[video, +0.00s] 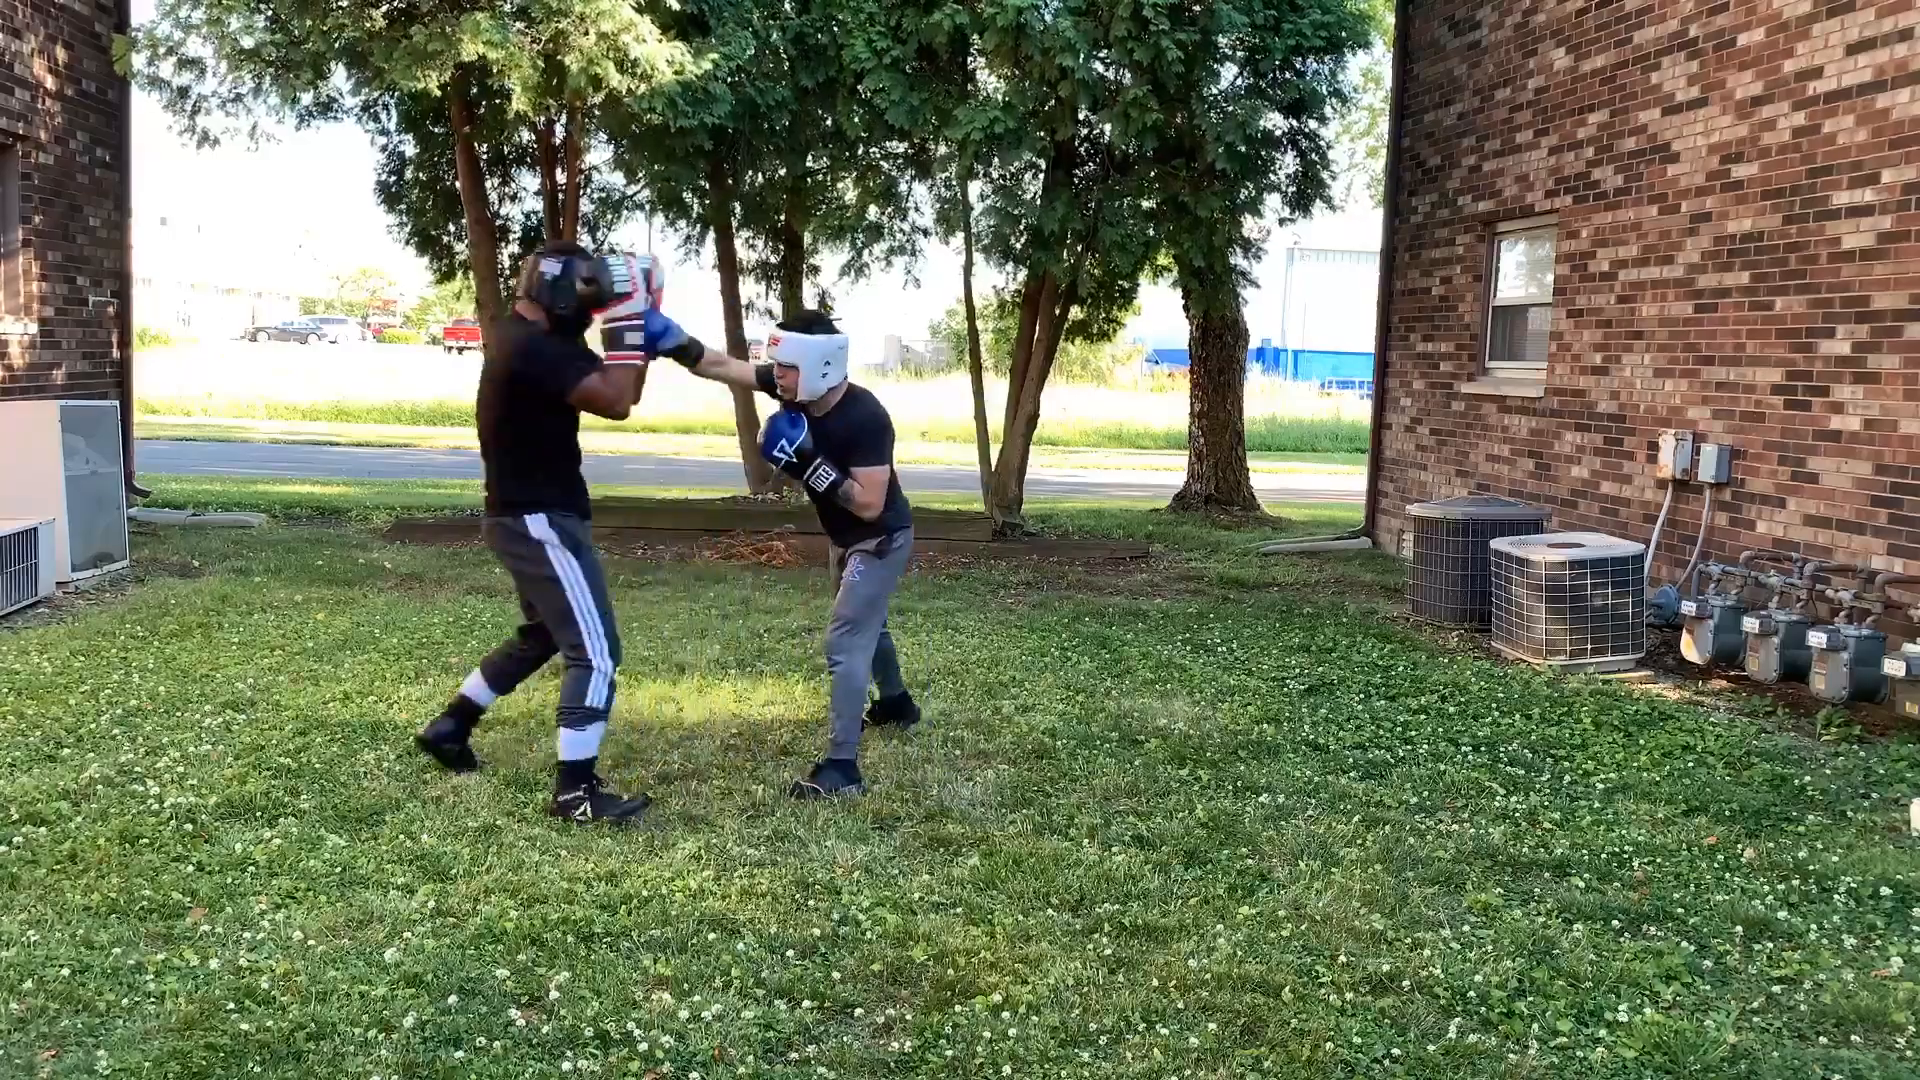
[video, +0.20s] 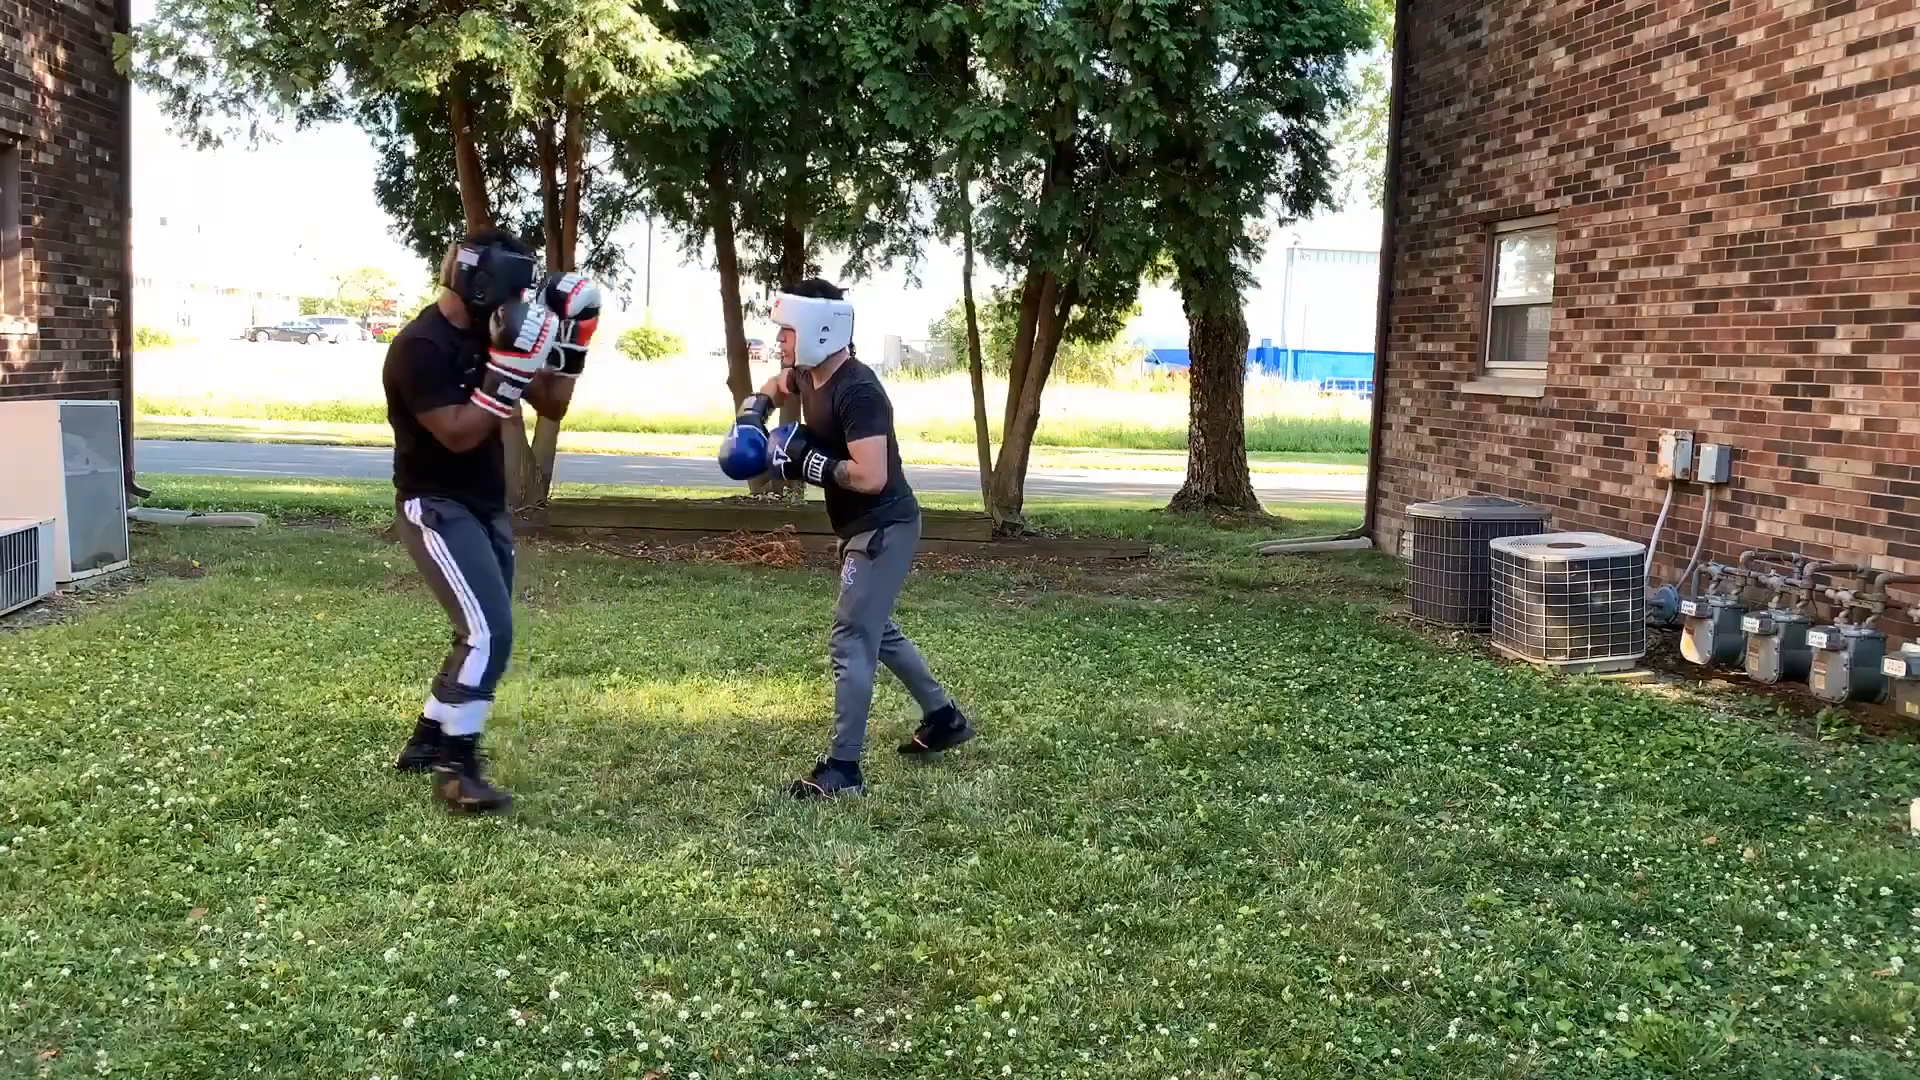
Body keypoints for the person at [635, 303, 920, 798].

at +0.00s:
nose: (778, 375)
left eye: (787, 368)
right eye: (778, 366)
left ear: (822, 373)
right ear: (816, 369)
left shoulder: (865, 419)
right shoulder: (797, 389)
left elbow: (870, 505)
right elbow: (722, 366)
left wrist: (805, 462)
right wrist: (676, 341)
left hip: (882, 539)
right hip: (847, 535)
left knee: (847, 640)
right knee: (865, 621)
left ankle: (842, 766)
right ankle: (895, 701)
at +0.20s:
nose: (780, 338)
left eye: (789, 330)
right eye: (781, 328)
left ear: (822, 334)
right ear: (810, 334)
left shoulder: (858, 390)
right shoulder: (805, 374)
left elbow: (871, 477)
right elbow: (767, 395)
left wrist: (806, 460)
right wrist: (753, 421)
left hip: (887, 523)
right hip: (857, 524)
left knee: (850, 639)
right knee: (875, 630)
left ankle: (843, 768)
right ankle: (944, 716)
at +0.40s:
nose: (783, 336)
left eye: (789, 325)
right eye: (782, 325)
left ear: (818, 327)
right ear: (835, 326)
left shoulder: (839, 382)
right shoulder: (862, 374)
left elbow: (865, 460)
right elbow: (864, 456)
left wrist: (827, 503)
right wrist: (809, 456)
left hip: (875, 536)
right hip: (910, 526)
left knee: (813, 642)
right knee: (914, 650)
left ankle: (838, 768)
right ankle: (946, 758)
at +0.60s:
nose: (775, 347)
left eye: (780, 335)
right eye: (775, 336)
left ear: (809, 337)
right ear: (828, 337)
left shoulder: (824, 387)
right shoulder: (858, 382)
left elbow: (839, 472)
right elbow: (839, 470)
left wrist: (794, 501)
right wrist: (783, 439)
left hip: (855, 543)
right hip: (892, 537)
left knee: (775, 641)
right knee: (897, 652)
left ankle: (746, 771)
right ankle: (944, 755)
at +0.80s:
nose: (718, 342)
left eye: (724, 331)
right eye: (719, 330)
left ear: (748, 335)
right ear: (777, 338)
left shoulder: (752, 378)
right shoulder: (807, 384)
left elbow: (725, 419)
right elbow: (812, 461)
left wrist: (689, 433)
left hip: (798, 545)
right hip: (848, 537)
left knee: (721, 647)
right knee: (883, 647)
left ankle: (708, 779)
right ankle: (936, 751)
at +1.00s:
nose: (661, 341)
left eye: (665, 334)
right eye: (662, 335)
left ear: (685, 332)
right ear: (723, 331)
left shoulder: (684, 358)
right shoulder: (771, 380)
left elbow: (588, 346)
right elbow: (810, 458)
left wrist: (528, 311)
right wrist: (755, 440)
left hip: (741, 536)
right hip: (804, 527)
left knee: (685, 642)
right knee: (809, 639)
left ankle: (698, 771)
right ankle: (846, 748)